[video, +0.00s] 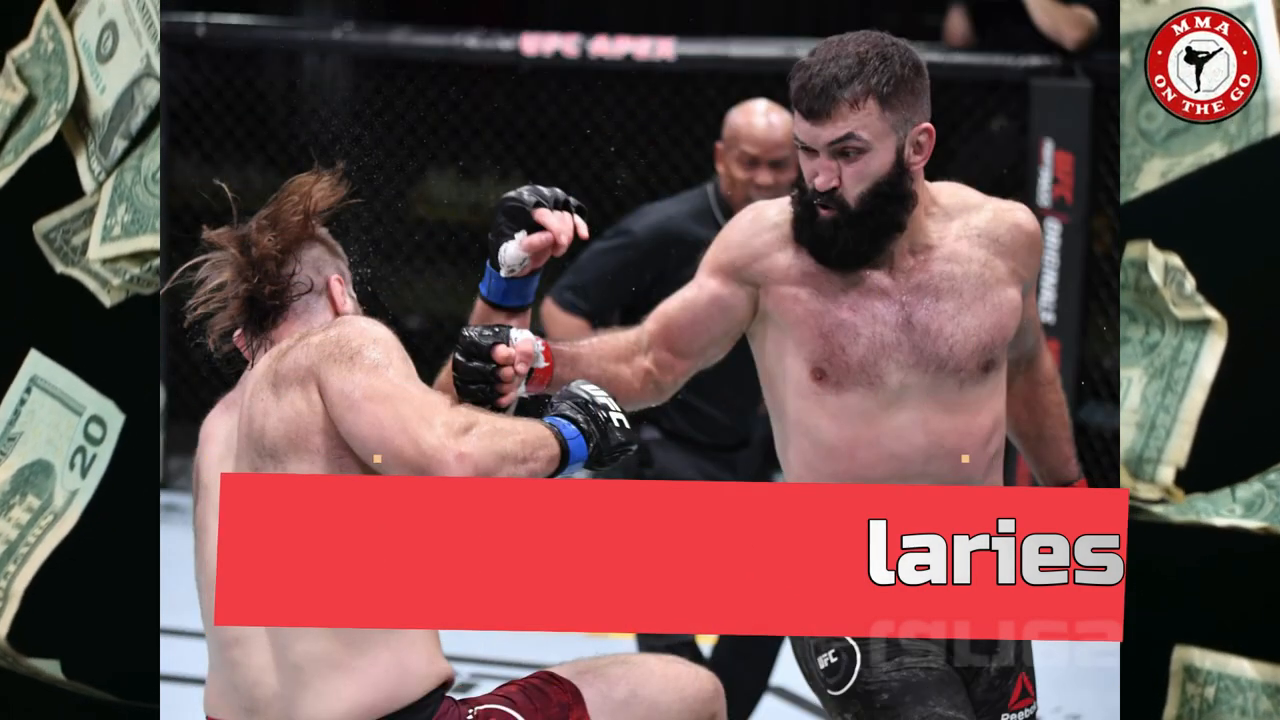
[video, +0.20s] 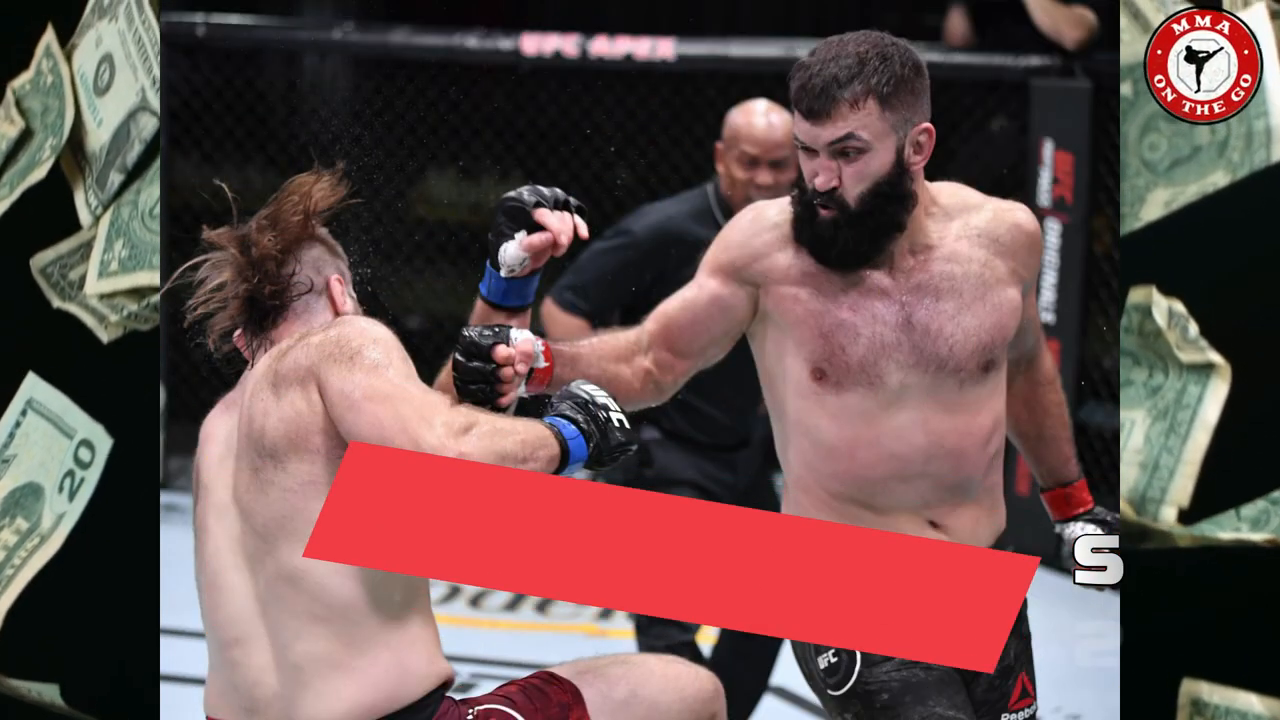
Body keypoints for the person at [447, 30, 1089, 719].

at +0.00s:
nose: (815, 178)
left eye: (844, 153)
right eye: (805, 151)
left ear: (917, 145)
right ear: (794, 139)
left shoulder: (1008, 235)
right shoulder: (762, 239)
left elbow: (1026, 368)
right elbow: (651, 359)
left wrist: (1074, 504)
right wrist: (538, 367)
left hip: (984, 587)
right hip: (841, 596)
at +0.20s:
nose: (817, 177)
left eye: (845, 152)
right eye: (805, 151)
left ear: (918, 144)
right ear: (791, 139)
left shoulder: (1006, 235)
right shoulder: (759, 241)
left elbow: (1028, 368)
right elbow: (650, 361)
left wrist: (1076, 507)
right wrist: (538, 369)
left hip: (981, 586)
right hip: (842, 596)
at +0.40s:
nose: (817, 177)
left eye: (845, 152)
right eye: (805, 151)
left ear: (918, 144)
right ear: (790, 140)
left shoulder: (1005, 235)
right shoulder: (758, 243)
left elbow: (1028, 367)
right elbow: (651, 361)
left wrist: (1075, 507)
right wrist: (537, 369)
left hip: (983, 594)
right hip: (845, 607)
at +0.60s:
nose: (817, 177)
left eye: (845, 152)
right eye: (805, 151)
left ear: (918, 144)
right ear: (790, 140)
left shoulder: (1005, 235)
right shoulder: (758, 243)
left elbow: (1028, 367)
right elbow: (651, 361)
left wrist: (1075, 506)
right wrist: (538, 368)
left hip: (983, 594)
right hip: (845, 607)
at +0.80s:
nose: (817, 177)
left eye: (845, 152)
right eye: (805, 151)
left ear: (918, 144)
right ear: (790, 140)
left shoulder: (1005, 235)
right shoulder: (758, 243)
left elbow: (1028, 367)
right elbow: (651, 361)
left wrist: (1076, 507)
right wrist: (537, 368)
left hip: (983, 594)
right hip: (845, 607)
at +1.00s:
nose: (817, 177)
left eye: (845, 152)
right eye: (805, 151)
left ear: (918, 144)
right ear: (791, 140)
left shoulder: (1006, 235)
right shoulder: (758, 243)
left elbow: (1028, 367)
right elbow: (650, 361)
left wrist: (1075, 506)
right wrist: (538, 368)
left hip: (982, 594)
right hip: (845, 607)